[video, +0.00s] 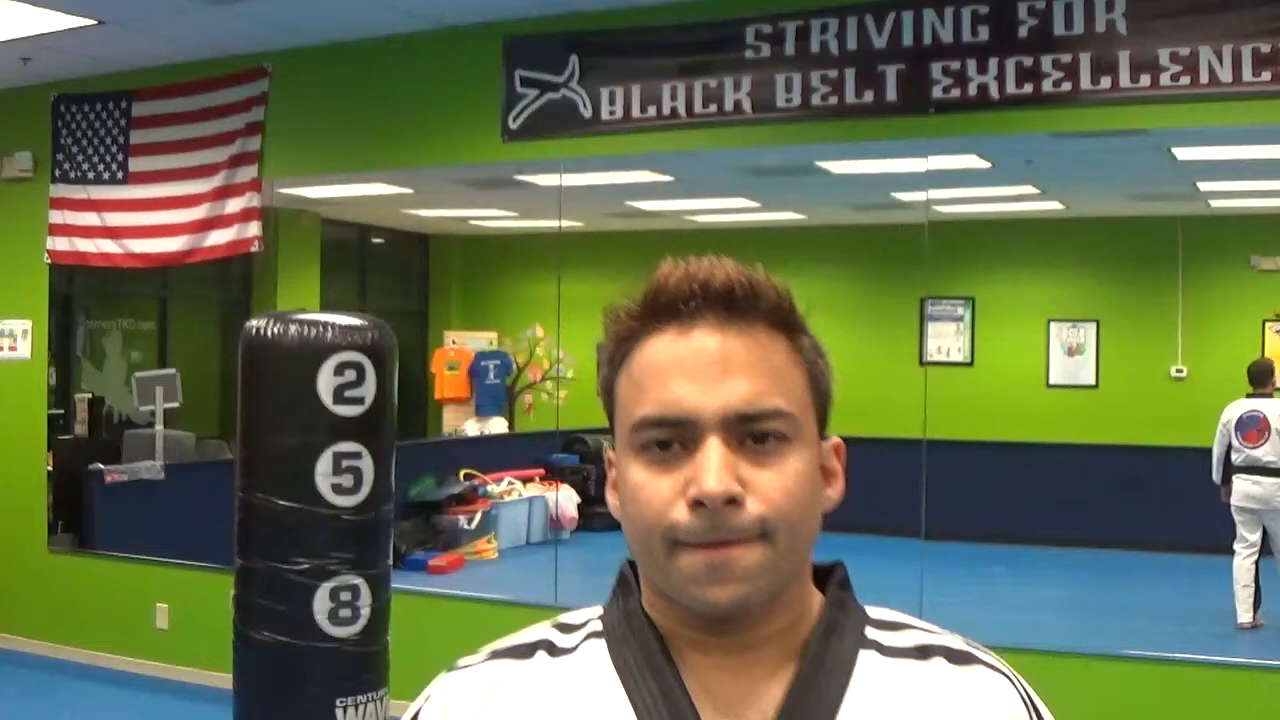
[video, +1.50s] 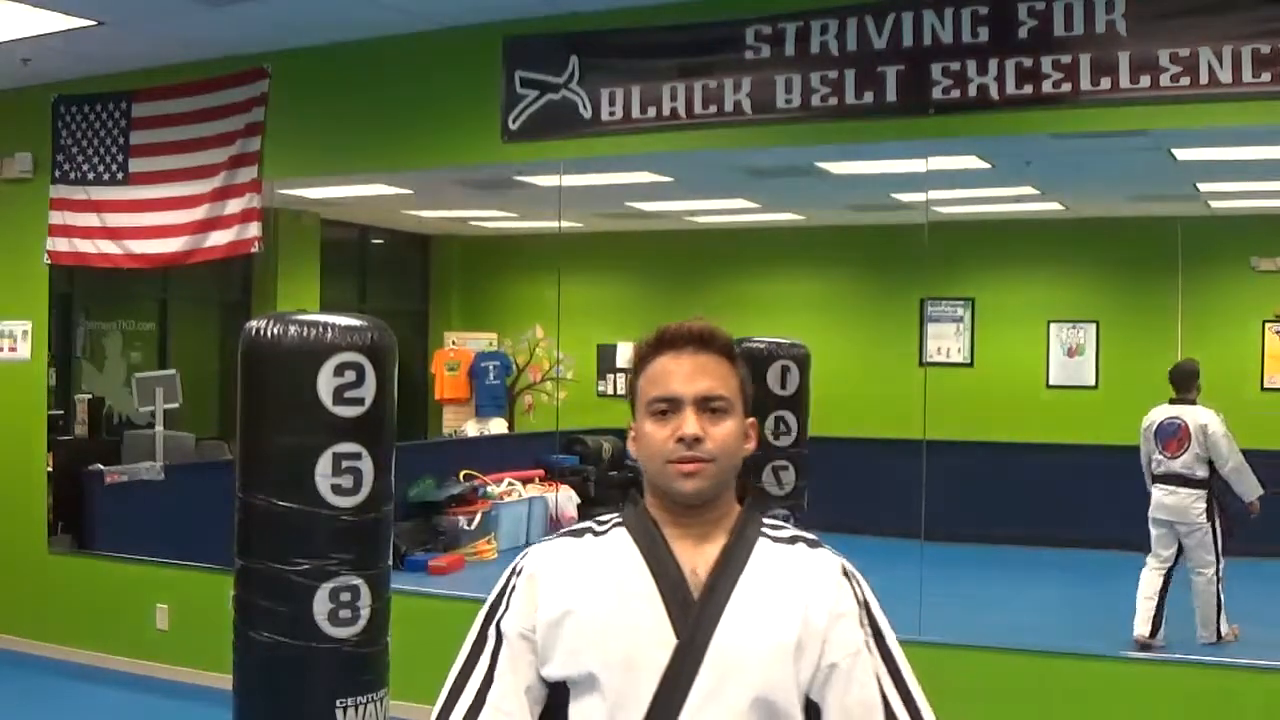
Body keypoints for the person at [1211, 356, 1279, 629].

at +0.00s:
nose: (1277, 379)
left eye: (1274, 375)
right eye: (1276, 376)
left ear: (1250, 380)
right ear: (1273, 381)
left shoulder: (1233, 409)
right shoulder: (1277, 407)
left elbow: (1219, 450)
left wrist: (1220, 480)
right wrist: (1221, 480)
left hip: (1242, 482)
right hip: (1272, 483)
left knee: (1245, 549)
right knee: (1277, 549)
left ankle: (1245, 616)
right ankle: (1248, 613)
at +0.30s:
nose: (1257, 381)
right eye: (1257, 377)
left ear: (1233, 381)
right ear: (1258, 380)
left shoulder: (1218, 412)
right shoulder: (1272, 408)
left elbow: (1207, 456)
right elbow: (1276, 447)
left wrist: (1208, 488)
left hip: (1231, 485)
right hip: (1265, 485)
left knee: (1236, 552)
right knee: (1273, 552)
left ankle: (1241, 618)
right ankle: (1263, 613)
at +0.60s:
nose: (1249, 383)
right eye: (1249, 380)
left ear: (1224, 384)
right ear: (1249, 383)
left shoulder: (1208, 415)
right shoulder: (1264, 413)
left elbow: (1195, 460)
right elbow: (1277, 452)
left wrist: (1195, 495)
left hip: (1220, 492)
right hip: (1251, 493)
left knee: (1226, 558)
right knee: (1249, 558)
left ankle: (1243, 615)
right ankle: (1224, 618)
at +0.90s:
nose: (1247, 384)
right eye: (1247, 380)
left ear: (1221, 381)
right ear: (1247, 382)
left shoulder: (1198, 409)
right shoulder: (1255, 414)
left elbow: (1185, 453)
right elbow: (1269, 462)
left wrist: (1186, 487)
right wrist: (1276, 503)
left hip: (1203, 491)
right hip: (1236, 495)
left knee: (1212, 559)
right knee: (1231, 561)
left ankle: (1231, 615)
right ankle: (1216, 629)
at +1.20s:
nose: (1233, 381)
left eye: (1229, 377)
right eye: (1232, 378)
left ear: (1205, 380)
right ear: (1230, 381)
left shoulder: (1183, 410)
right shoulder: (1237, 416)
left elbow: (1173, 454)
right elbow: (1253, 464)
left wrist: (1174, 487)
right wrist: (1267, 504)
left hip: (1188, 492)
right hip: (1220, 496)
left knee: (1183, 552)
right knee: (1215, 564)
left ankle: (1162, 614)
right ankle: (1213, 631)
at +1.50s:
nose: (1199, 385)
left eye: (1196, 381)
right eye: (1199, 381)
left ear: (1171, 384)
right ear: (1197, 384)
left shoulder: (1151, 417)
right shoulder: (1207, 418)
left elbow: (1147, 463)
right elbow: (1229, 462)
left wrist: (1156, 491)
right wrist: (1252, 494)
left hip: (1160, 499)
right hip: (1194, 501)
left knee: (1158, 561)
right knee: (1205, 567)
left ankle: (1143, 631)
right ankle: (1211, 632)